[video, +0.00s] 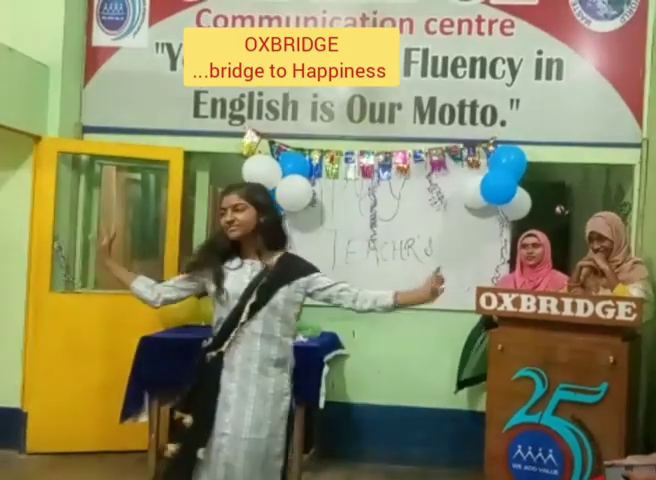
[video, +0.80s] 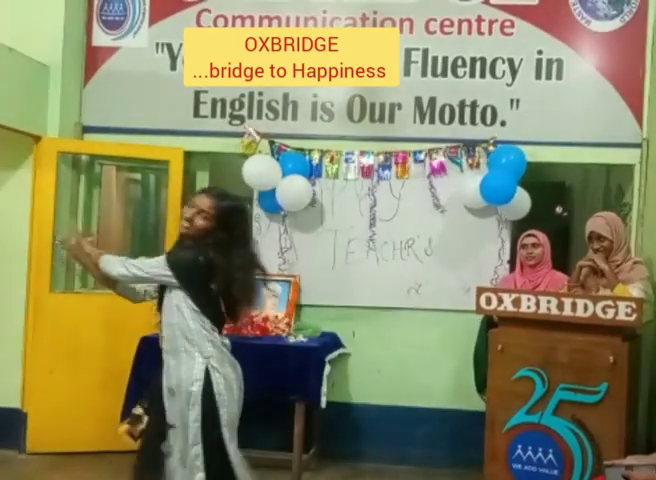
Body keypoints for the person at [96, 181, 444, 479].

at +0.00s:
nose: (228, 218)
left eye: (237, 210)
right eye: (223, 212)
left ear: (261, 214)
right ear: (221, 220)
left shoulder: (293, 269)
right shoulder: (220, 270)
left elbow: (353, 297)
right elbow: (157, 294)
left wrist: (420, 295)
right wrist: (108, 264)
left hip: (269, 382)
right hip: (223, 379)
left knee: (256, 461)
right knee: (217, 461)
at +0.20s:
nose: (238, 223)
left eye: (247, 217)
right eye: (235, 216)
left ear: (272, 222)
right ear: (232, 221)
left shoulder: (296, 276)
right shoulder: (227, 267)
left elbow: (354, 308)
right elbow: (182, 301)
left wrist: (405, 297)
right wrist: (149, 270)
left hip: (268, 386)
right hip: (221, 380)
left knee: (257, 465)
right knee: (216, 461)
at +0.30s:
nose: (239, 229)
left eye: (250, 222)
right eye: (236, 221)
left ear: (274, 227)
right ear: (231, 222)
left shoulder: (293, 278)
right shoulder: (227, 271)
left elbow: (327, 326)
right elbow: (182, 307)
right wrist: (154, 270)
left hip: (270, 384)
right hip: (224, 380)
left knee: (264, 465)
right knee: (219, 462)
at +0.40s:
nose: (240, 234)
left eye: (251, 227)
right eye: (236, 225)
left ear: (277, 229)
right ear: (231, 226)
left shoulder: (292, 281)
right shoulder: (226, 273)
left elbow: (274, 312)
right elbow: (169, 302)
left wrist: (275, 266)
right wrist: (145, 261)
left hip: (265, 390)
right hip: (220, 385)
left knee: (259, 469)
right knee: (209, 465)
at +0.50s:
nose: (234, 229)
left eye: (245, 223)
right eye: (231, 220)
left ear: (268, 229)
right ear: (225, 219)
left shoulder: (267, 273)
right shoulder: (229, 267)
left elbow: (206, 298)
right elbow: (169, 296)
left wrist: (186, 267)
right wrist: (133, 249)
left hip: (245, 379)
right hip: (213, 374)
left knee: (241, 463)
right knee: (203, 459)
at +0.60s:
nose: (225, 224)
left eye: (237, 221)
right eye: (223, 214)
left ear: (256, 230)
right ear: (217, 213)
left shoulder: (244, 265)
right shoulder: (223, 261)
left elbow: (168, 280)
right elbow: (156, 289)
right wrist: (115, 253)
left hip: (219, 368)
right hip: (197, 362)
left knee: (226, 454)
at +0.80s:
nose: (188, 215)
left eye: (201, 214)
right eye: (190, 207)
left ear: (218, 228)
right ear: (185, 207)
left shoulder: (198, 262)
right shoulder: (188, 260)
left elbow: (125, 269)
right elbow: (136, 291)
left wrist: (86, 250)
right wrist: (89, 261)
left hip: (204, 375)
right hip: (182, 372)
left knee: (206, 465)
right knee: (159, 458)